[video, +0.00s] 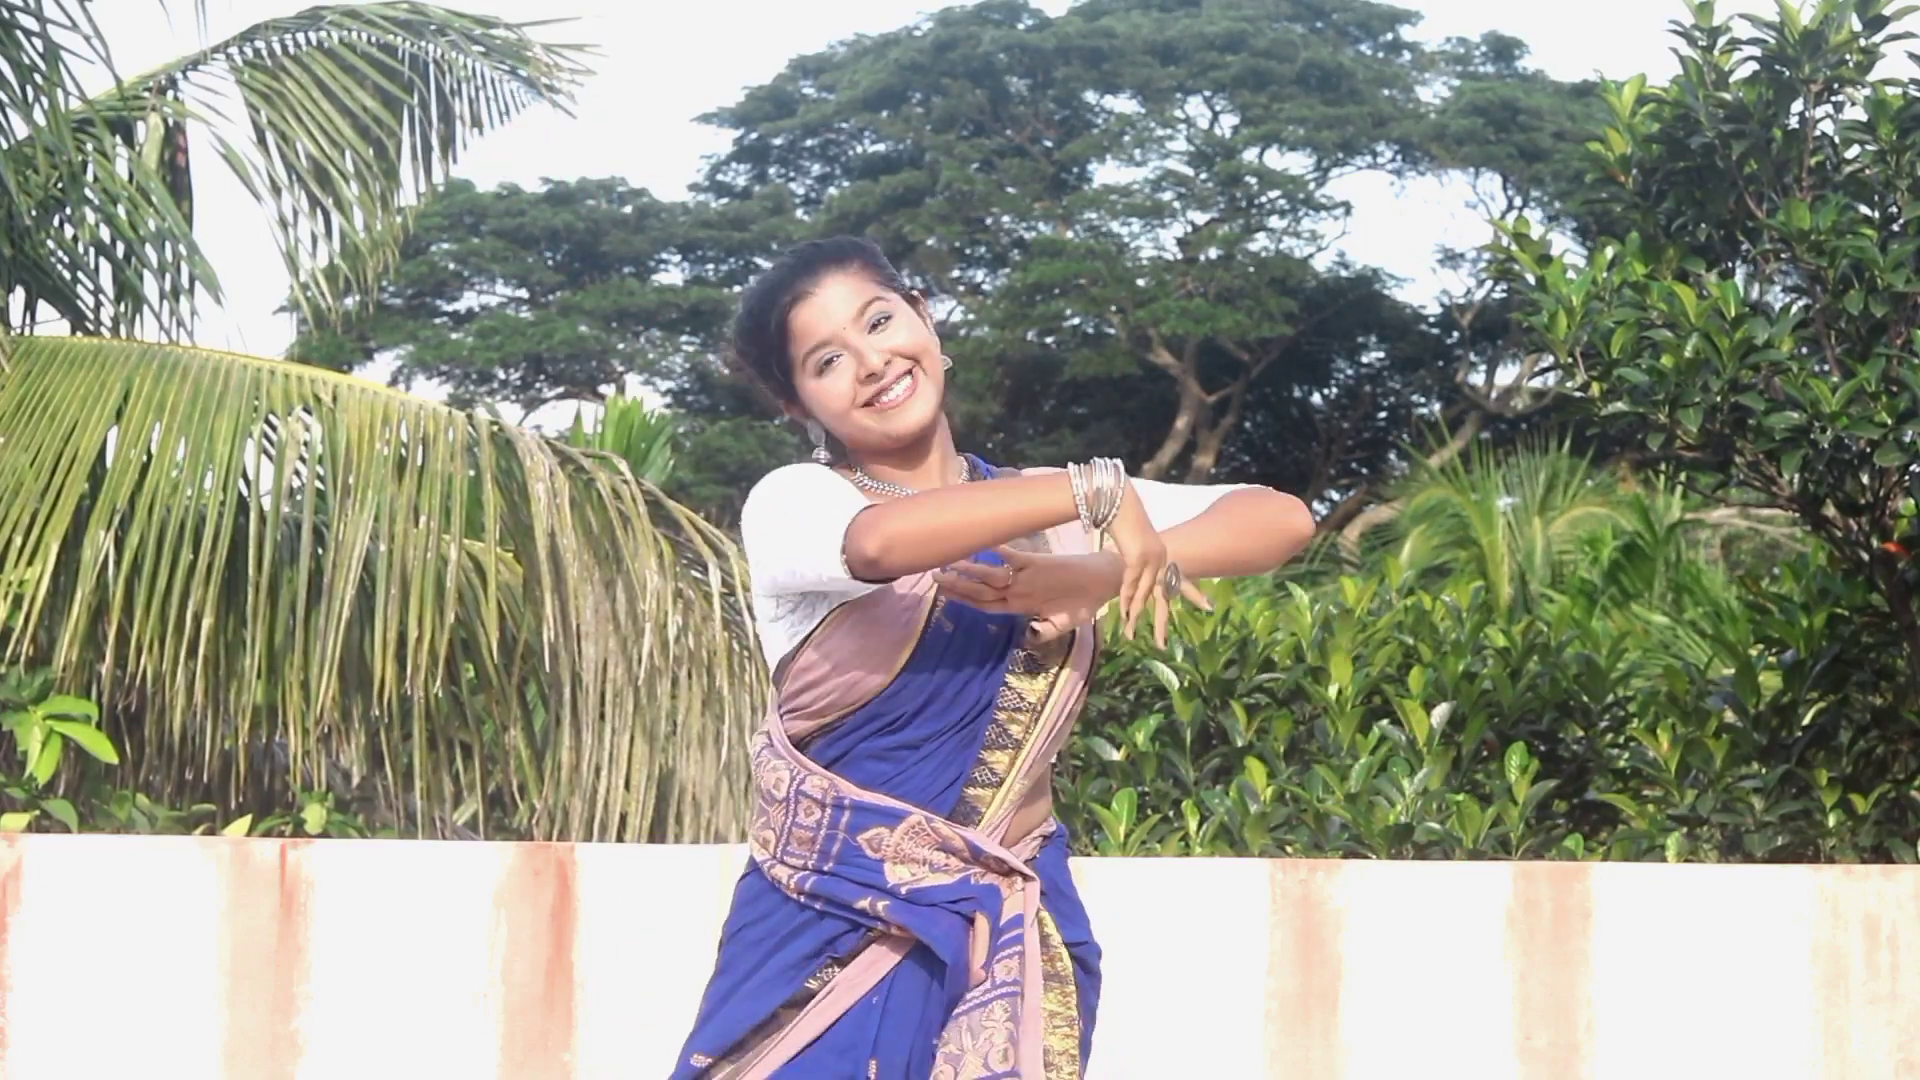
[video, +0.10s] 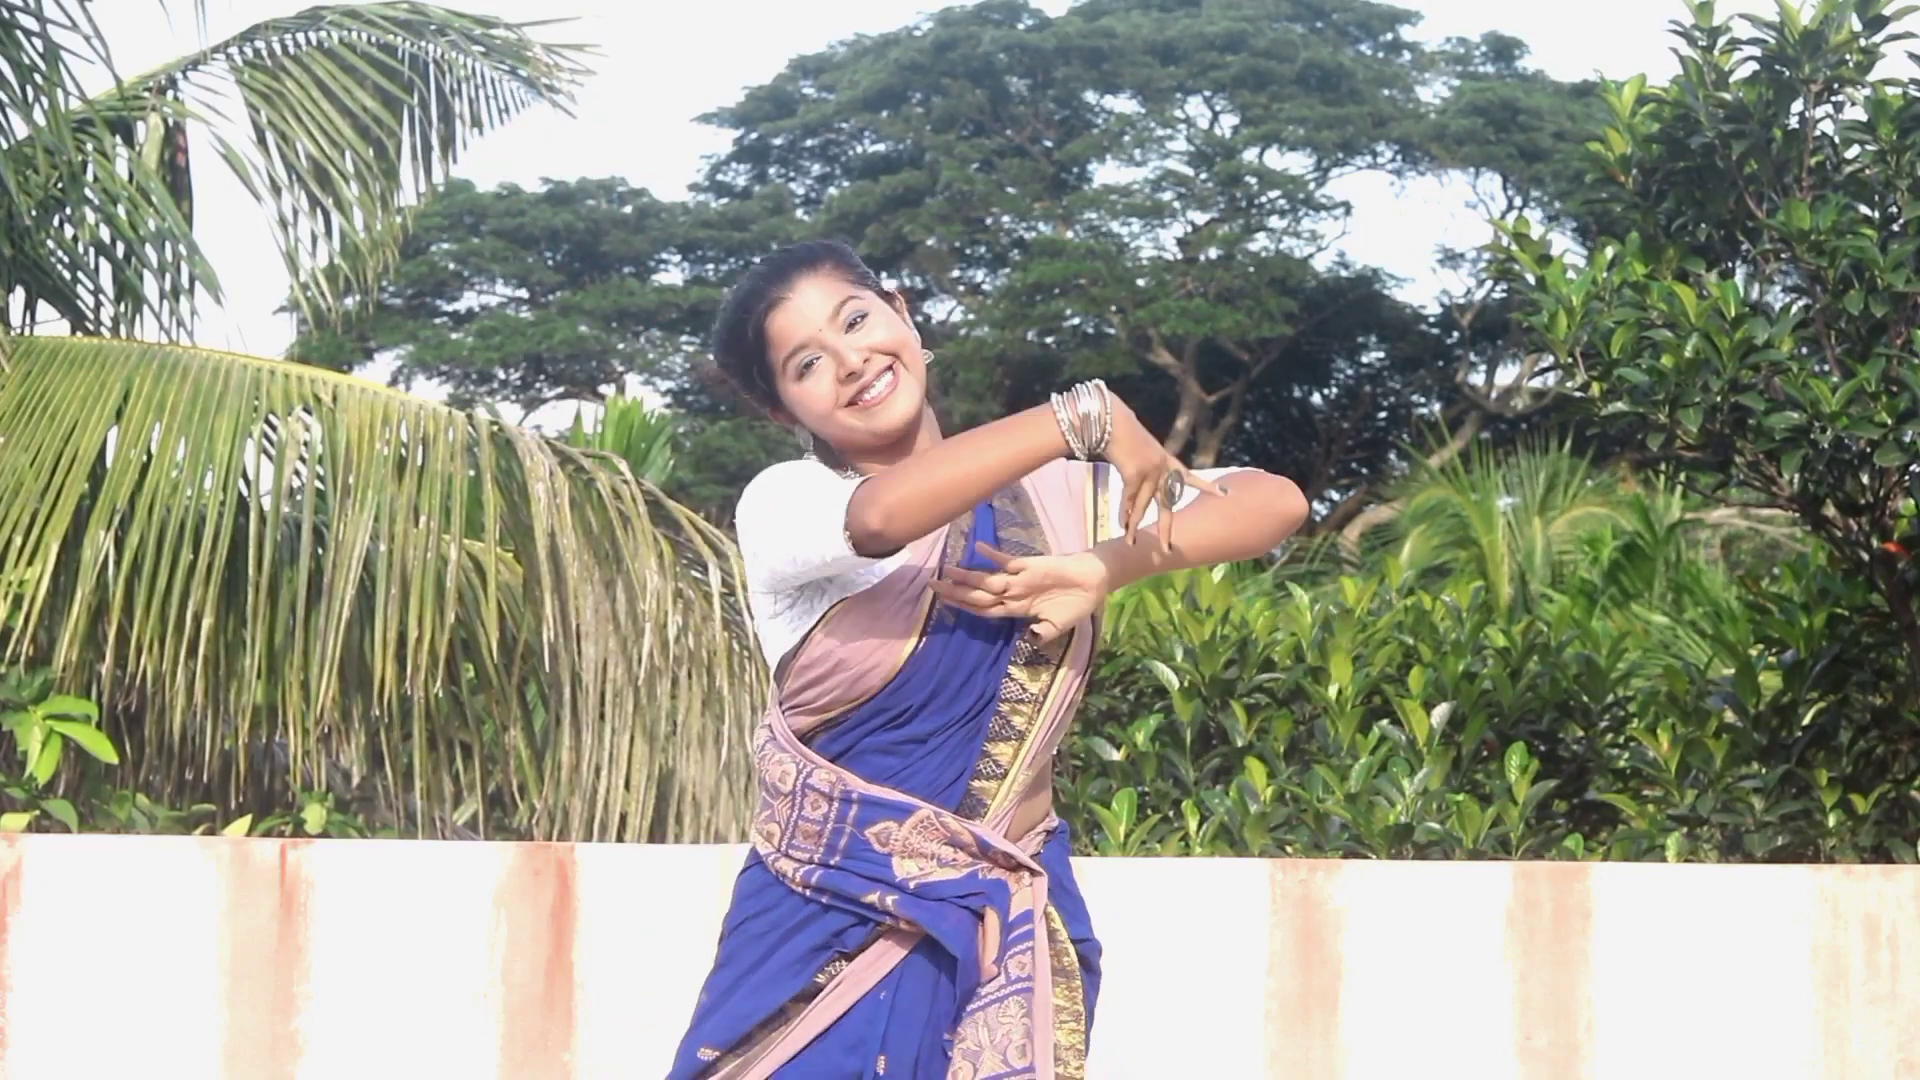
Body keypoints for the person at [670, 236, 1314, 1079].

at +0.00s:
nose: (872, 359)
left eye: (880, 319)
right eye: (827, 360)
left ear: (928, 325)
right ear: (805, 411)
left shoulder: (1044, 497)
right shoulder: (793, 501)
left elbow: (1288, 521)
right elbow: (877, 543)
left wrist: (1100, 573)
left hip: (1012, 940)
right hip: (823, 929)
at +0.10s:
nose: (850, 359)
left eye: (856, 318)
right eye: (806, 364)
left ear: (906, 321)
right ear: (791, 417)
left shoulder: (1052, 487)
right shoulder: (782, 502)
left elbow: (1280, 501)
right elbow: (880, 514)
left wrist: (1105, 566)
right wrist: (1080, 414)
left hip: (1008, 917)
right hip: (817, 912)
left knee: (1012, 1063)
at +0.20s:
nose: (820, 353)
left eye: (825, 312)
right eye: (778, 362)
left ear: (878, 309)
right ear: (764, 421)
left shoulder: (1025, 481)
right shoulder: (767, 504)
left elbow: (1264, 467)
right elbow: (862, 456)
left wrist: (1101, 553)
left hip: (1006, 928)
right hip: (812, 923)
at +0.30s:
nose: (807, 349)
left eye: (815, 309)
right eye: (769, 356)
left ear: (867, 308)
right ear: (753, 413)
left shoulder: (1025, 476)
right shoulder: (765, 497)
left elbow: (1256, 452)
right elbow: (841, 429)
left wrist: (1097, 547)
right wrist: (903, 215)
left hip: (1001, 949)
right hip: (801, 934)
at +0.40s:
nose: (801, 332)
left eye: (816, 295)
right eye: (771, 326)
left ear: (879, 308)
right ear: (759, 379)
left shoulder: (1026, 463)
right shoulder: (767, 496)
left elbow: (1249, 431)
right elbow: (758, 390)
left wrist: (1084, 531)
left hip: (987, 937)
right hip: (782, 928)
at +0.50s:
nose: (803, 323)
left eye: (816, 284)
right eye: (766, 326)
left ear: (882, 292)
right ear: (751, 376)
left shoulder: (1024, 461)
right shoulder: (764, 487)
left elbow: (1242, 426)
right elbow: (718, 375)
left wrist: (1067, 529)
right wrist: (632, 157)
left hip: (972, 930)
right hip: (769, 917)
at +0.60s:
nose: (804, 302)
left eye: (826, 266)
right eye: (769, 304)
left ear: (895, 278)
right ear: (760, 357)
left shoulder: (1011, 454)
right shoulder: (743, 474)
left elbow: (1210, 423)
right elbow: (635, 358)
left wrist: (1009, 531)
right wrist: (520, 160)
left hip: (933, 904)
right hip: (735, 894)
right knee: (650, 1063)